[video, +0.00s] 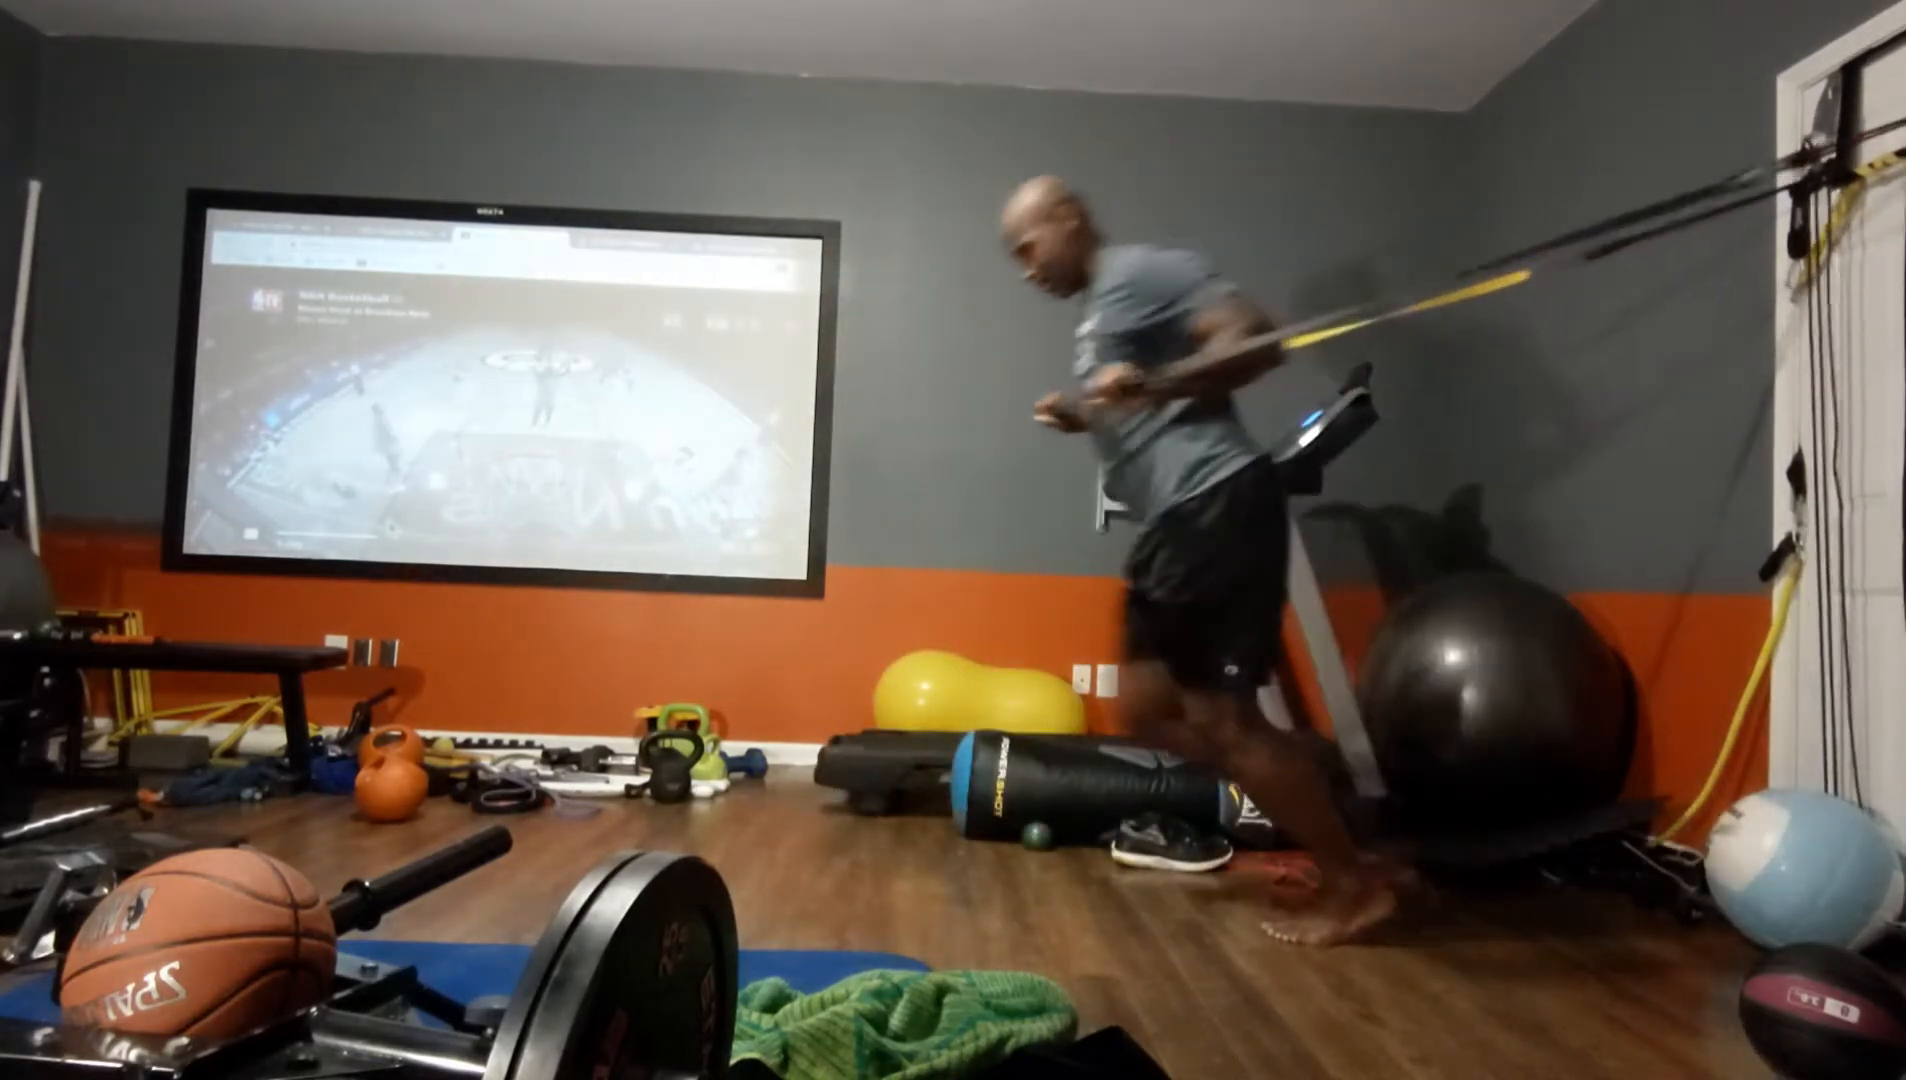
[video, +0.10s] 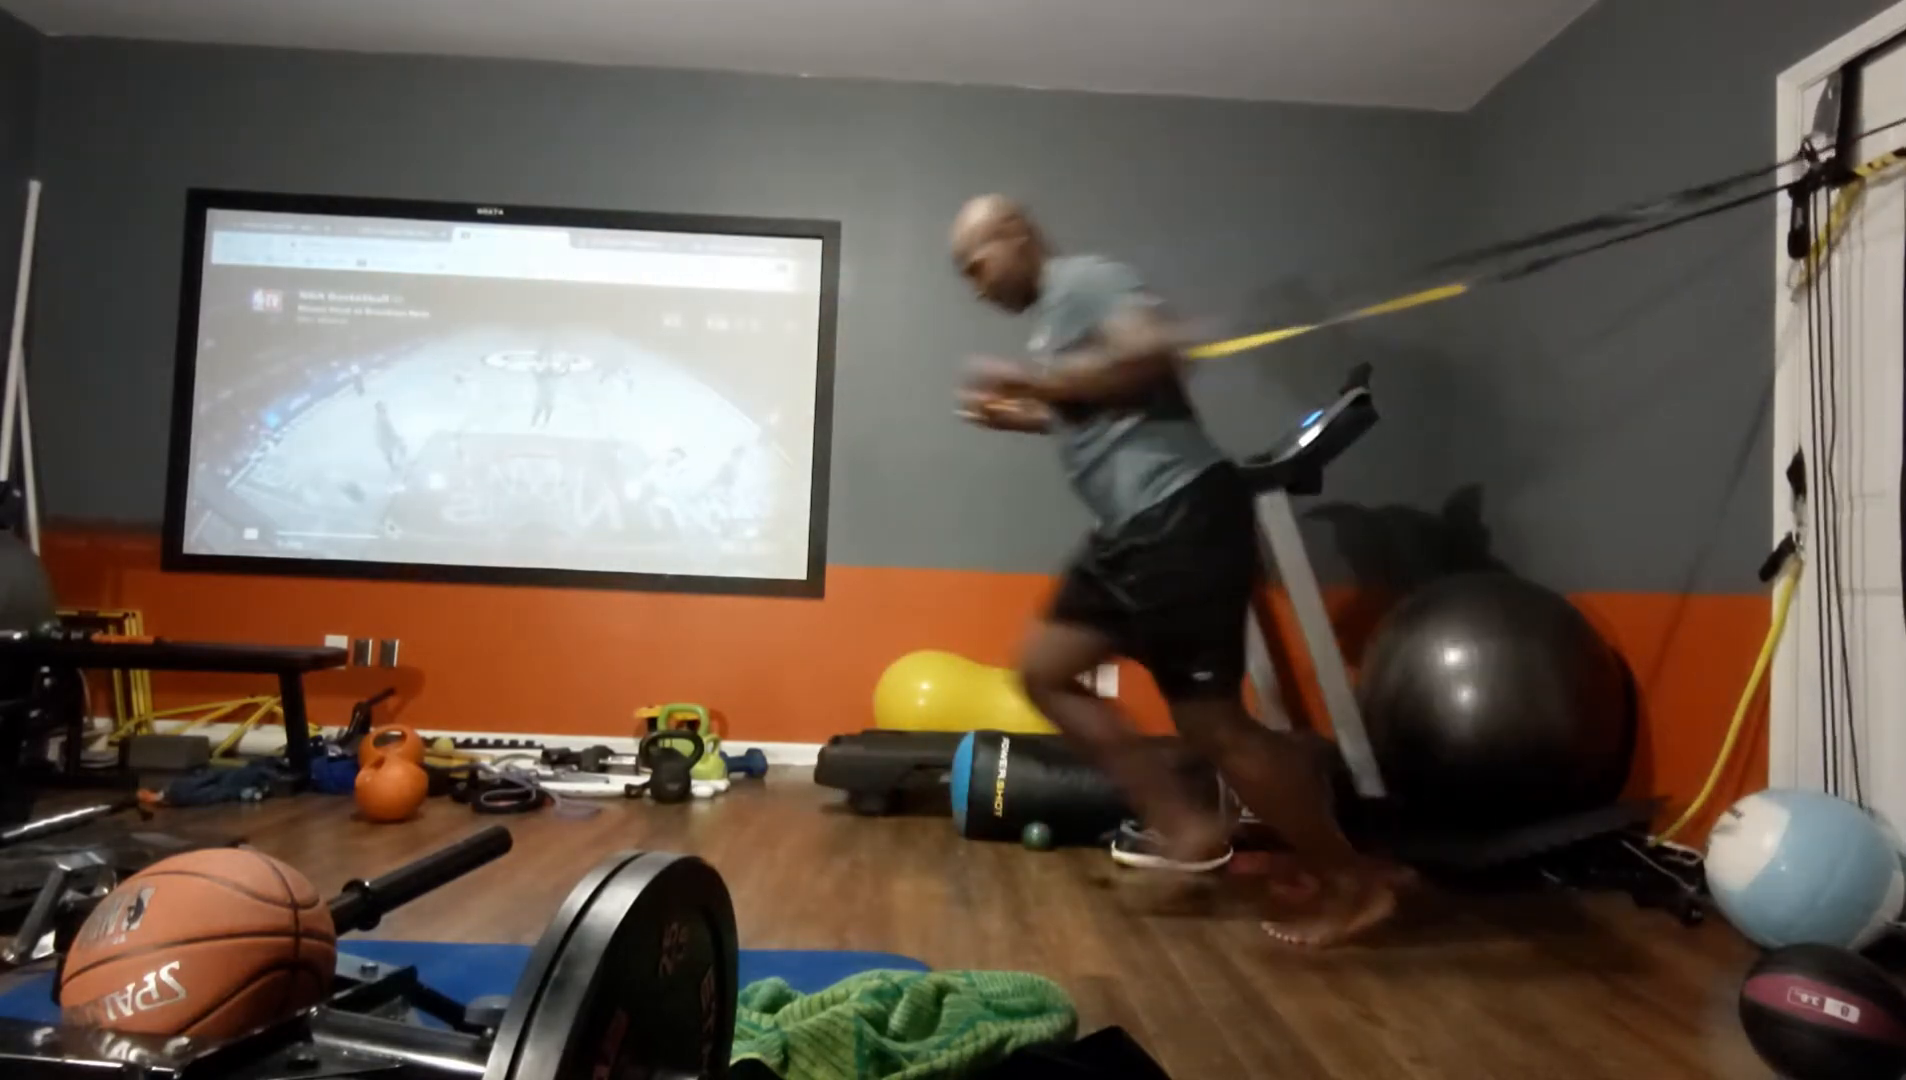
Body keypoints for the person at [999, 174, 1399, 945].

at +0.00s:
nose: (1025, 265)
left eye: (1028, 243)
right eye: (1015, 254)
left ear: (1074, 219)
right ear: (1032, 251)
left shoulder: (1139, 269)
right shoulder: (1095, 312)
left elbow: (1255, 343)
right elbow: (1143, 413)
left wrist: (1153, 384)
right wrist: (1080, 415)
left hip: (1220, 504)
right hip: (1172, 520)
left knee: (1222, 721)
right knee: (1151, 712)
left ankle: (1354, 885)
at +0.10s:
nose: (978, 282)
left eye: (981, 259)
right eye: (966, 272)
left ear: (1024, 234)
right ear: (975, 274)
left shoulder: (1086, 281)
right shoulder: (1050, 326)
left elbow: (1151, 358)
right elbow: (1108, 403)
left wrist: (1037, 380)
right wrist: (1033, 416)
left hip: (1189, 514)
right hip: (1134, 529)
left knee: (1212, 725)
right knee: (1046, 671)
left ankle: (1353, 883)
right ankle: (1183, 827)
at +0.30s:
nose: (836, 311)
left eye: (841, 298)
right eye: (835, 303)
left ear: (875, 283)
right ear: (874, 297)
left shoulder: (945, 308)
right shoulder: (919, 352)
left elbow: (814, 321)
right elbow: (835, 375)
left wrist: (687, 320)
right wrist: (734, 359)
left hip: (1095, 525)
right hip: (1034, 542)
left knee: (1180, 732)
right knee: (923, 672)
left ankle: (1343, 871)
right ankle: (879, 867)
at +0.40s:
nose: (763, 339)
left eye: (764, 323)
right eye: (760, 328)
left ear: (792, 305)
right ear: (803, 306)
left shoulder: (865, 330)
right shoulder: (851, 369)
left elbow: (734, 331)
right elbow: (756, 373)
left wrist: (599, 307)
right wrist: (663, 352)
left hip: (1044, 537)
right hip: (976, 551)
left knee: (1120, 738)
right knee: (869, 667)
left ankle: (1316, 857)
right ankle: (865, 873)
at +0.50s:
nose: (723, 375)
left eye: (725, 353)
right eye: (716, 360)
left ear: (761, 329)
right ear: (760, 339)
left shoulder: (835, 350)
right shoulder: (822, 382)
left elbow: (698, 352)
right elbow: (702, 381)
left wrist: (564, 327)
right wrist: (588, 345)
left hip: (1013, 544)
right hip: (943, 559)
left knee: (1084, 742)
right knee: (838, 667)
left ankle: (1273, 861)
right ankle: (860, 871)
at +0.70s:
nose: (702, 383)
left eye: (706, 365)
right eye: (698, 370)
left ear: (739, 340)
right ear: (752, 347)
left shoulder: (807, 359)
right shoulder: (817, 376)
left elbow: (671, 379)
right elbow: (674, 382)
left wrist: (532, 348)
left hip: (991, 549)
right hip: (935, 558)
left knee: (1078, 743)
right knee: (819, 670)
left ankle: (1266, 860)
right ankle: (859, 870)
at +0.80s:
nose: (716, 381)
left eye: (718, 361)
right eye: (710, 369)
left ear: (750, 333)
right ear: (761, 341)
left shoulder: (813, 354)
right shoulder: (818, 380)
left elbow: (691, 372)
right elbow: (693, 389)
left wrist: (549, 338)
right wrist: (586, 358)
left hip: (995, 551)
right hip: (933, 561)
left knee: (1080, 742)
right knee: (820, 671)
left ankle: (1261, 859)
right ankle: (859, 872)